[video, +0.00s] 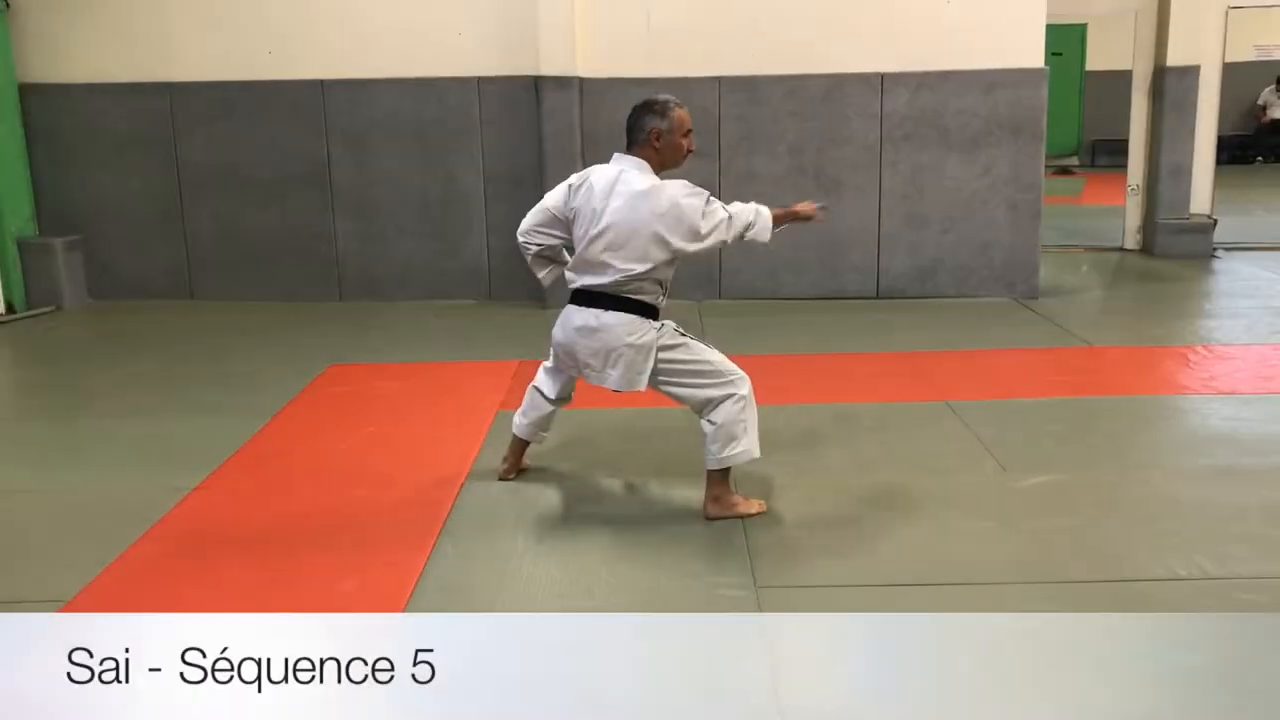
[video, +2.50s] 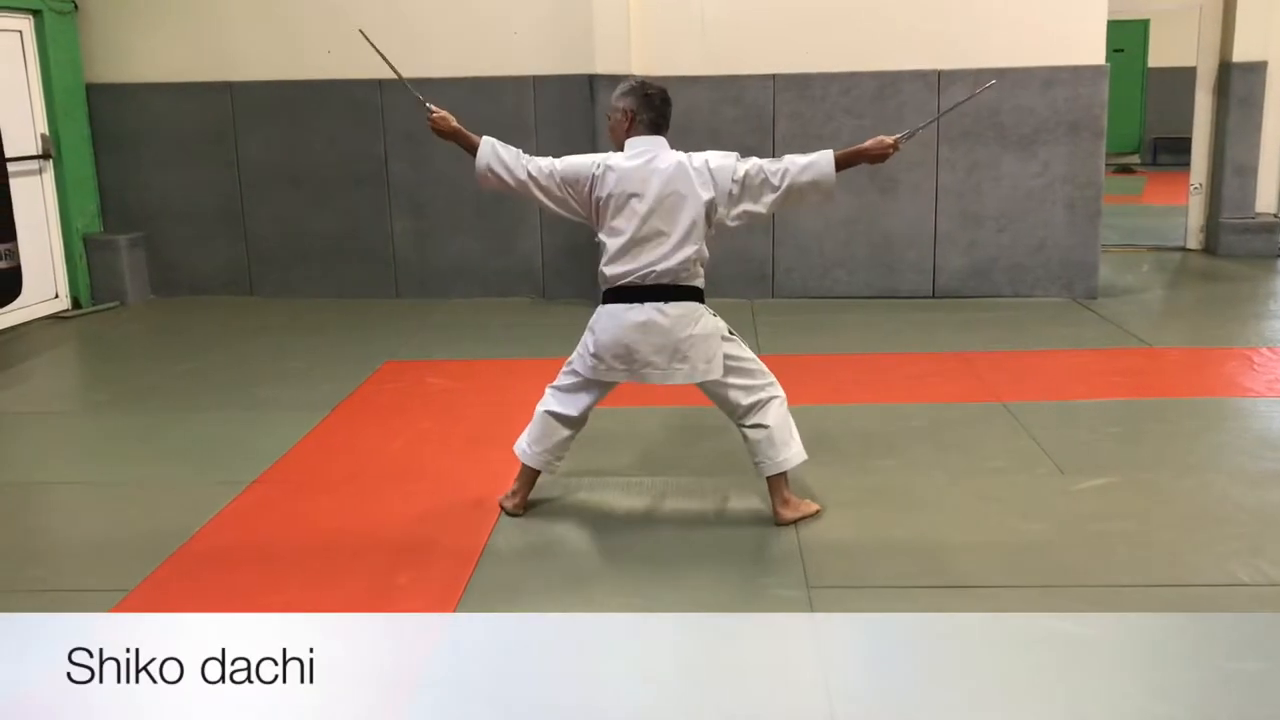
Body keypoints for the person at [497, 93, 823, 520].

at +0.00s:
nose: (692, 145)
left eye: (691, 135)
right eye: (685, 136)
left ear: (646, 139)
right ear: (654, 139)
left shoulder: (585, 181)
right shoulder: (673, 197)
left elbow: (532, 233)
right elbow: (734, 220)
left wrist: (572, 278)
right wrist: (788, 214)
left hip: (574, 322)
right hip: (633, 331)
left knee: (555, 374)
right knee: (730, 385)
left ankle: (511, 459)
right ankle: (719, 496)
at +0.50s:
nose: (663, 149)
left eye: (662, 140)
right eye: (660, 140)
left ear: (613, 143)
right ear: (646, 141)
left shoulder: (583, 182)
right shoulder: (667, 190)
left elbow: (552, 235)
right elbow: (655, 258)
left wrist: (553, 287)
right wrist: (575, 284)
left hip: (594, 327)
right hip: (658, 324)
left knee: (560, 381)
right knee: (733, 393)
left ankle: (522, 461)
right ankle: (729, 492)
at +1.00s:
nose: (709, 140)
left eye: (708, 130)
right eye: (704, 130)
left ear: (663, 132)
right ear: (677, 132)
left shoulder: (609, 177)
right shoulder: (698, 181)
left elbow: (554, 232)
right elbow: (774, 170)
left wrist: (600, 271)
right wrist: (843, 134)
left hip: (599, 317)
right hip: (655, 324)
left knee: (587, 376)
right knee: (750, 387)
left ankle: (540, 461)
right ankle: (746, 496)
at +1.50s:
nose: (745, 131)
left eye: (744, 121)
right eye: (740, 122)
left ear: (702, 122)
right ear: (713, 125)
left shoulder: (643, 168)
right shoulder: (729, 176)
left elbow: (598, 229)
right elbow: (807, 174)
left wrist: (634, 264)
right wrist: (878, 143)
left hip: (616, 304)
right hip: (671, 316)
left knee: (599, 389)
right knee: (754, 390)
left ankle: (550, 464)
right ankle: (765, 504)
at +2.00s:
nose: (717, 143)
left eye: (712, 136)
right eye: (716, 136)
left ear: (674, 126)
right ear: (712, 136)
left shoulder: (643, 165)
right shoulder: (707, 176)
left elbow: (694, 226)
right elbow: (784, 181)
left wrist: (731, 270)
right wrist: (863, 153)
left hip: (601, 305)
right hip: (665, 314)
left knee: (564, 393)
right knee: (736, 391)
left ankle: (514, 490)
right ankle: (768, 498)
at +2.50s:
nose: (609, 128)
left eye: (612, 119)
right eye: (611, 119)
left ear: (628, 121)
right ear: (662, 122)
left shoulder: (602, 171)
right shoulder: (705, 168)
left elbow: (527, 168)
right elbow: (781, 173)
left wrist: (462, 136)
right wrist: (858, 153)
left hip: (616, 322)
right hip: (687, 321)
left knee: (567, 396)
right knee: (758, 395)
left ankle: (518, 493)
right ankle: (785, 501)